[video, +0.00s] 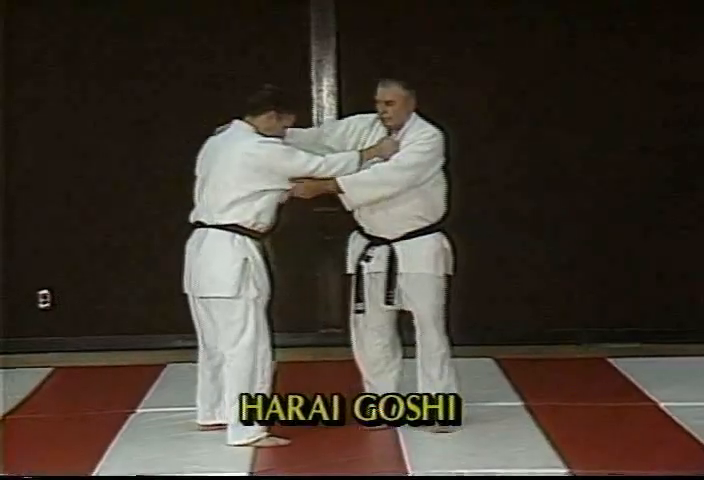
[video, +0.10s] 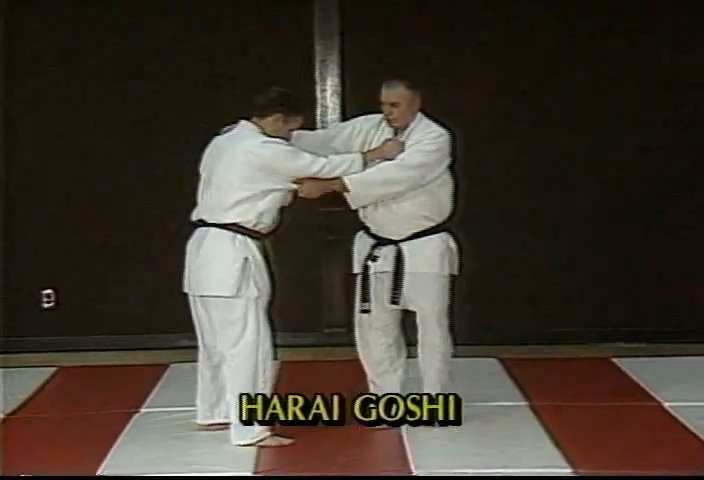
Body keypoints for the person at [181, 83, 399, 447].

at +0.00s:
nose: (286, 130)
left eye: (288, 125)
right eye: (285, 123)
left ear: (253, 114)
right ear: (269, 116)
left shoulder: (216, 141)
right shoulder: (260, 151)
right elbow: (315, 165)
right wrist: (369, 155)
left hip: (200, 247)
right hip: (233, 252)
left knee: (212, 342)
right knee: (245, 344)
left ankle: (212, 413)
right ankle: (245, 430)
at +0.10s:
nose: (292, 135)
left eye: (295, 129)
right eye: (291, 127)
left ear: (264, 117)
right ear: (275, 118)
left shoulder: (223, 140)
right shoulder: (265, 151)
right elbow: (319, 167)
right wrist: (374, 156)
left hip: (201, 246)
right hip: (233, 251)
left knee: (213, 341)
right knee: (246, 342)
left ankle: (212, 411)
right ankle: (249, 429)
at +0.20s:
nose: (296, 136)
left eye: (299, 130)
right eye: (295, 129)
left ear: (268, 117)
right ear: (280, 119)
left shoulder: (227, 140)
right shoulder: (269, 150)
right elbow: (324, 167)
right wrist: (378, 157)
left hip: (203, 245)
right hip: (235, 251)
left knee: (215, 340)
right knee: (248, 342)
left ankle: (214, 411)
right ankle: (251, 428)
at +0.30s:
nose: (300, 136)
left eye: (303, 130)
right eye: (299, 128)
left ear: (271, 117)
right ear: (284, 119)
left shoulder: (230, 141)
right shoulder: (272, 151)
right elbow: (324, 170)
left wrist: (306, 191)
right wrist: (380, 159)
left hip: (205, 245)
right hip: (236, 251)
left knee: (217, 339)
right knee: (250, 341)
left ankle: (217, 410)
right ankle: (254, 428)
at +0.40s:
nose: (303, 136)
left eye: (306, 130)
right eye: (302, 128)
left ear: (274, 117)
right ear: (287, 119)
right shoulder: (276, 152)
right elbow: (329, 172)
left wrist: (309, 193)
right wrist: (384, 162)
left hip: (207, 246)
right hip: (238, 252)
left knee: (221, 340)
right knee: (252, 341)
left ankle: (220, 411)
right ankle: (255, 427)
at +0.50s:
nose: (305, 136)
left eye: (309, 130)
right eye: (305, 128)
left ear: (276, 117)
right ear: (291, 119)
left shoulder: (237, 140)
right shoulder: (278, 153)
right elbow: (330, 178)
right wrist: (385, 168)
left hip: (210, 246)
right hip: (240, 252)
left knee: (224, 340)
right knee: (254, 341)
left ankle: (222, 410)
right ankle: (258, 427)